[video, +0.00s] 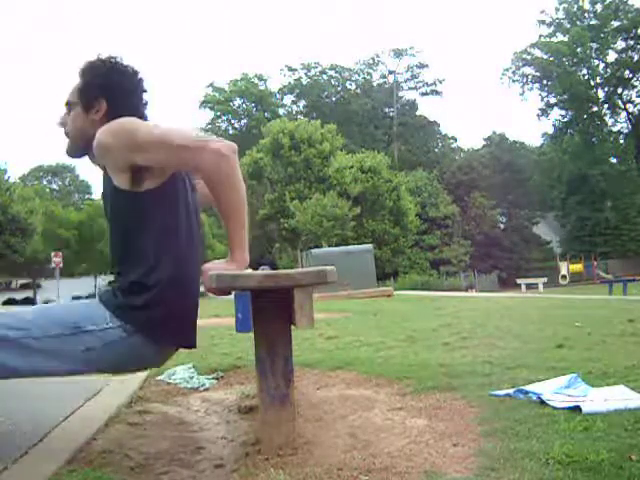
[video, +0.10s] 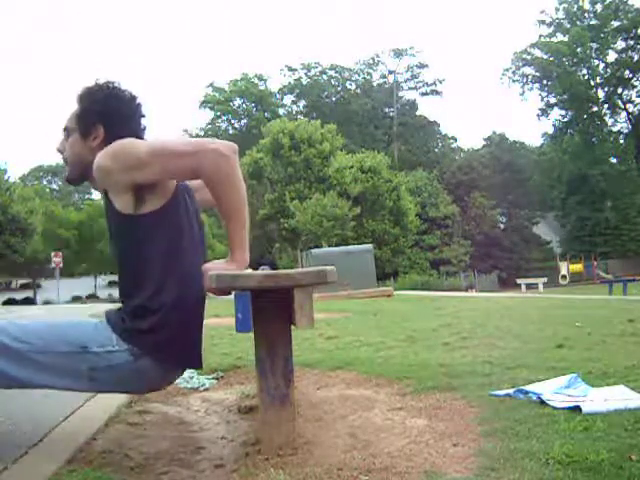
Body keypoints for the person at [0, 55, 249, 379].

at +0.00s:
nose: (62, 121)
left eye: (70, 108)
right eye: (65, 108)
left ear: (98, 110)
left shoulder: (114, 137)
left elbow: (220, 154)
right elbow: (219, 189)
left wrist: (238, 258)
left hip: (134, 324)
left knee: (3, 332)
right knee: (7, 323)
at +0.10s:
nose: (60, 147)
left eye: (68, 134)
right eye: (64, 134)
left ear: (96, 137)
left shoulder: (113, 161)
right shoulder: (159, 185)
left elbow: (220, 156)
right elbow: (225, 188)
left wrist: (239, 258)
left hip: (140, 350)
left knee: (4, 340)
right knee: (7, 336)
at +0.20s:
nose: (60, 155)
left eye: (67, 144)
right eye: (63, 144)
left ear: (94, 147)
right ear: (90, 148)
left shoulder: (112, 172)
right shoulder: (165, 193)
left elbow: (218, 156)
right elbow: (222, 189)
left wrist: (239, 257)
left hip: (140, 360)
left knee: (4, 344)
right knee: (7, 340)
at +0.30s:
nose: (57, 149)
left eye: (66, 137)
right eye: (61, 137)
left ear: (92, 141)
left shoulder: (110, 166)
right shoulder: (163, 191)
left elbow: (217, 156)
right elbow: (223, 186)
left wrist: (239, 259)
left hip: (137, 351)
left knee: (4, 340)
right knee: (7, 337)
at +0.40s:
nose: (59, 120)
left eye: (67, 109)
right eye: (63, 109)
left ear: (94, 115)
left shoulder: (110, 143)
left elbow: (217, 155)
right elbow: (220, 194)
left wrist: (239, 258)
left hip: (131, 327)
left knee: (3, 330)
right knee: (8, 322)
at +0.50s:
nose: (62, 81)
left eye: (72, 69)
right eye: (68, 69)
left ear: (99, 76)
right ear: (100, 77)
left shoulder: (110, 109)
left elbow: (212, 153)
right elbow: (202, 187)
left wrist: (237, 257)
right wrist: (240, 250)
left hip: (120, 293)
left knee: (2, 316)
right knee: (5, 311)